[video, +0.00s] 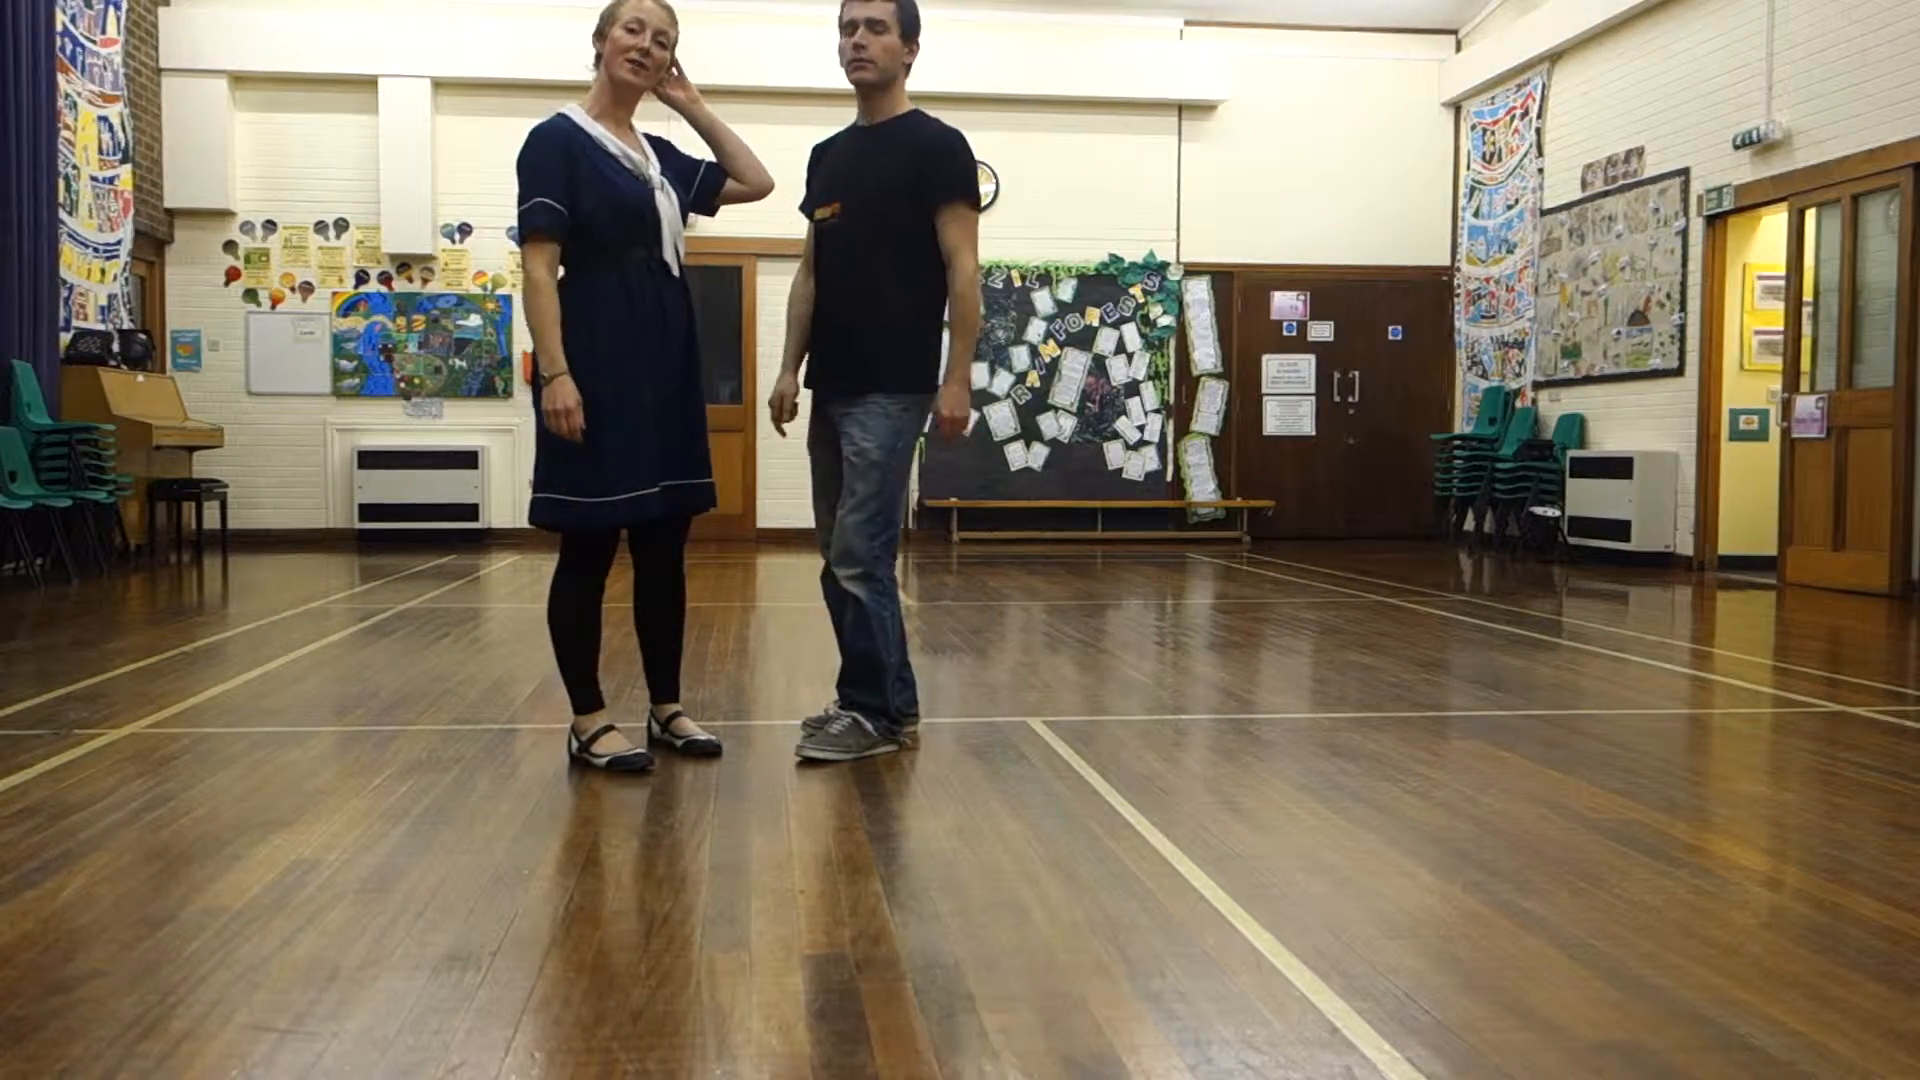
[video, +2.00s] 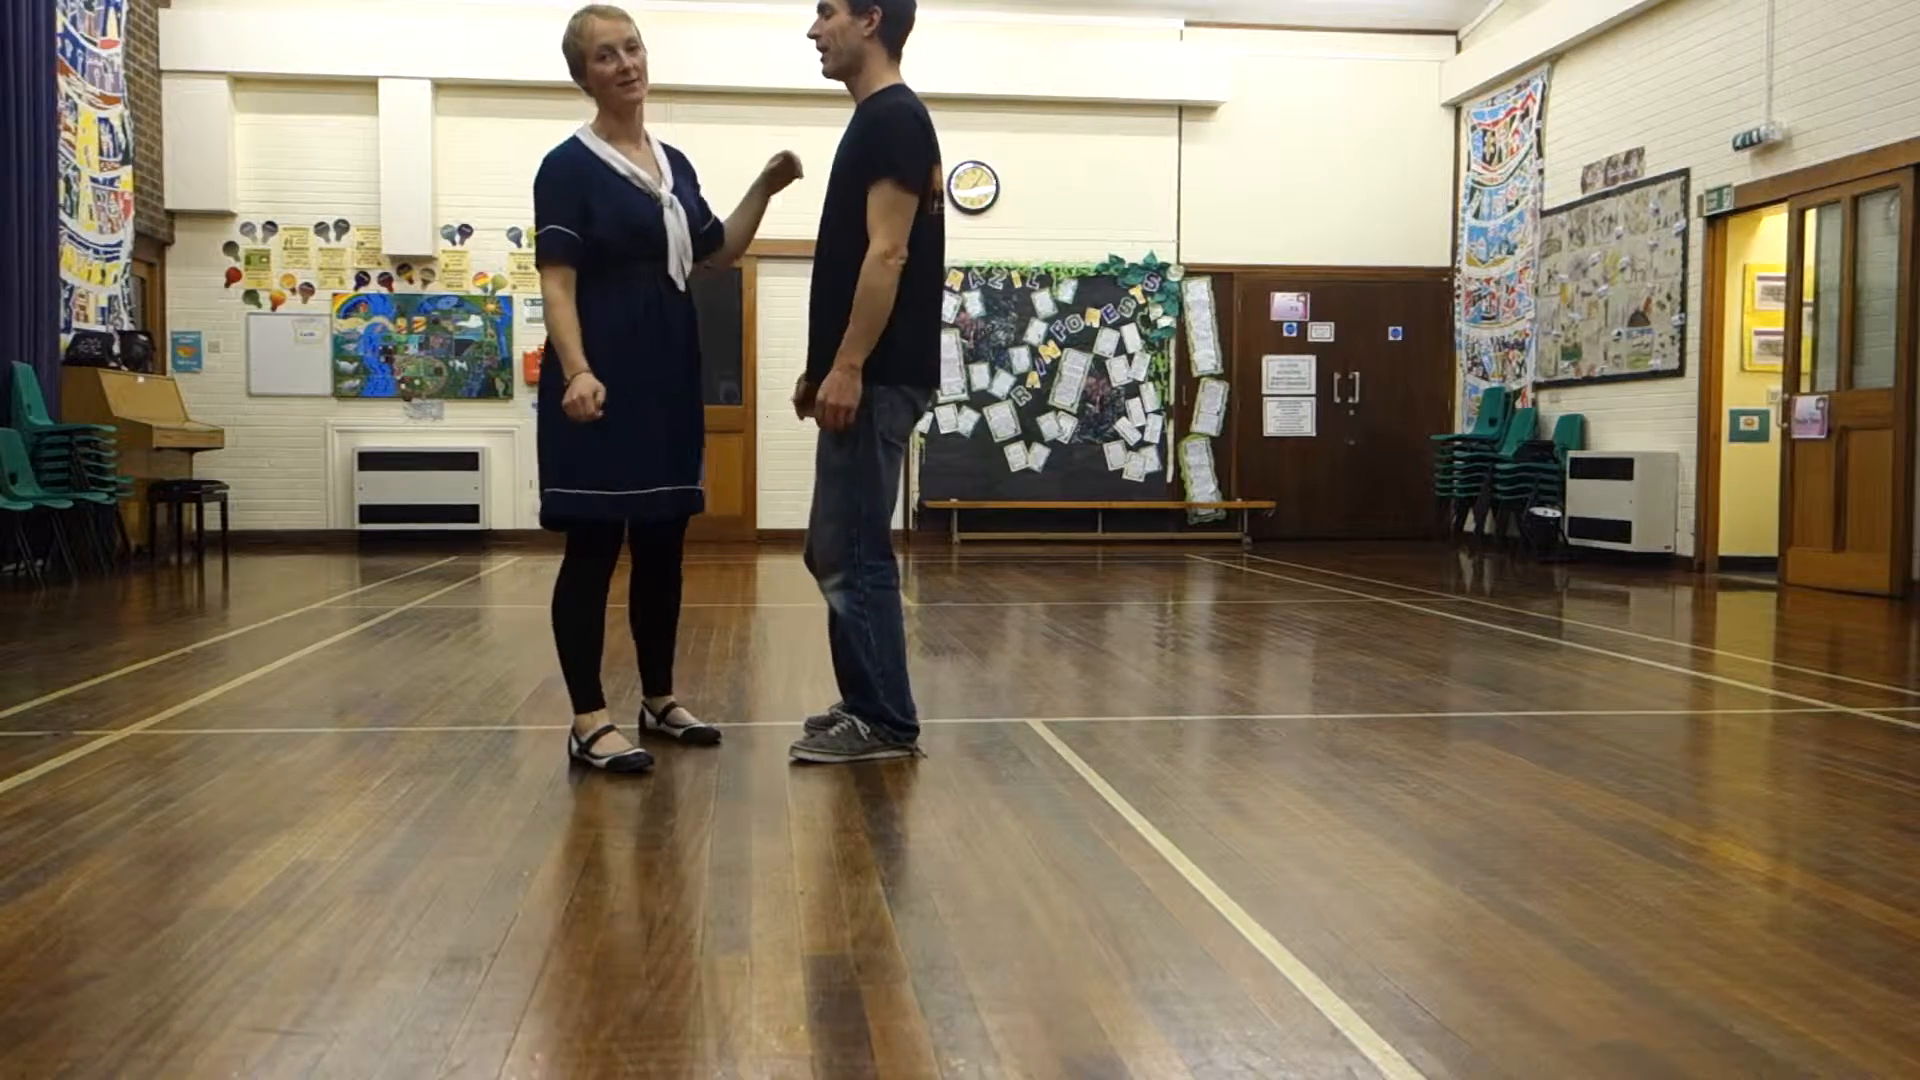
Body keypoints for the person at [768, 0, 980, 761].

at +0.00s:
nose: (856, 40)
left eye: (873, 28)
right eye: (847, 29)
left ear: (910, 47)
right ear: (838, 46)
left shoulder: (940, 145)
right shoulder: (827, 156)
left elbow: (964, 268)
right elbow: (812, 269)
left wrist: (959, 380)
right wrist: (789, 369)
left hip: (895, 384)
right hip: (832, 383)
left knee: (855, 556)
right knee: (847, 557)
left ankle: (868, 712)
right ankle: (890, 706)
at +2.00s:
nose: (813, 30)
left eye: (826, 14)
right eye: (816, 16)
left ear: (871, 23)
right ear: (868, 28)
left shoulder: (896, 117)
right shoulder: (874, 120)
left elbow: (889, 252)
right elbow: (856, 256)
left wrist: (848, 368)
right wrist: (823, 366)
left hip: (882, 374)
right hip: (866, 372)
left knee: (852, 550)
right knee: (837, 548)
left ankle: (886, 720)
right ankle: (866, 707)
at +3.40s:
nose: (819, 33)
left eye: (829, 18)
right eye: (822, 19)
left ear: (868, 22)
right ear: (879, 28)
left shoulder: (884, 107)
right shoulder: (908, 110)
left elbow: (854, 240)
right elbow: (864, 248)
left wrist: (751, 290)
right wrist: (765, 282)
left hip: (888, 367)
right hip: (899, 363)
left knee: (858, 550)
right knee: (865, 547)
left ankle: (882, 719)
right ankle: (875, 710)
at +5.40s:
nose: (833, 47)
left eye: (848, 34)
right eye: (835, 33)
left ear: (895, 48)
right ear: (875, 49)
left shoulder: (910, 129)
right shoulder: (880, 139)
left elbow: (927, 241)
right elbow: (878, 282)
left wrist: (822, 254)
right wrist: (793, 297)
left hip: (892, 383)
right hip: (880, 381)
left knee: (831, 552)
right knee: (877, 552)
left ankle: (855, 716)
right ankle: (914, 708)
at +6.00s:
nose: (867, 44)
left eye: (885, 31)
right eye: (855, 31)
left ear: (915, 51)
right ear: (841, 49)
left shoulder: (946, 132)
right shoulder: (832, 159)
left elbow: (985, 246)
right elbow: (814, 272)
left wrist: (929, 286)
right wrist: (755, 274)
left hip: (928, 376)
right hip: (863, 380)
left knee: (917, 555)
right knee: (869, 559)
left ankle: (945, 711)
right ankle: (895, 708)